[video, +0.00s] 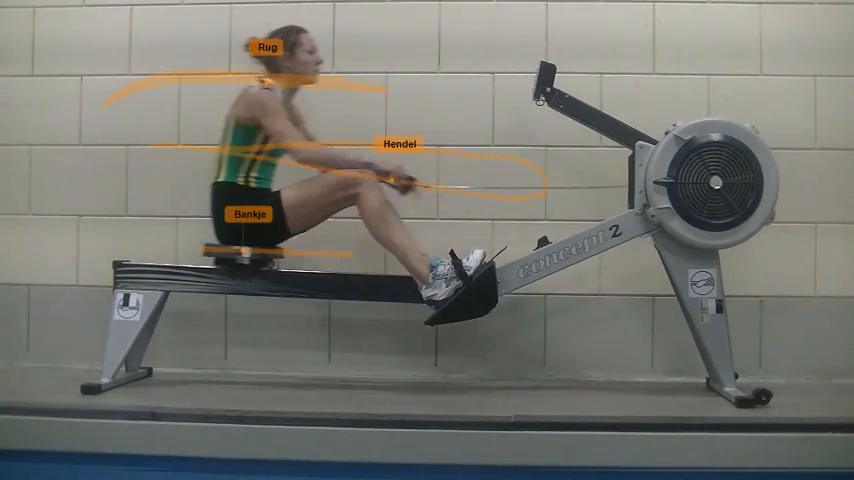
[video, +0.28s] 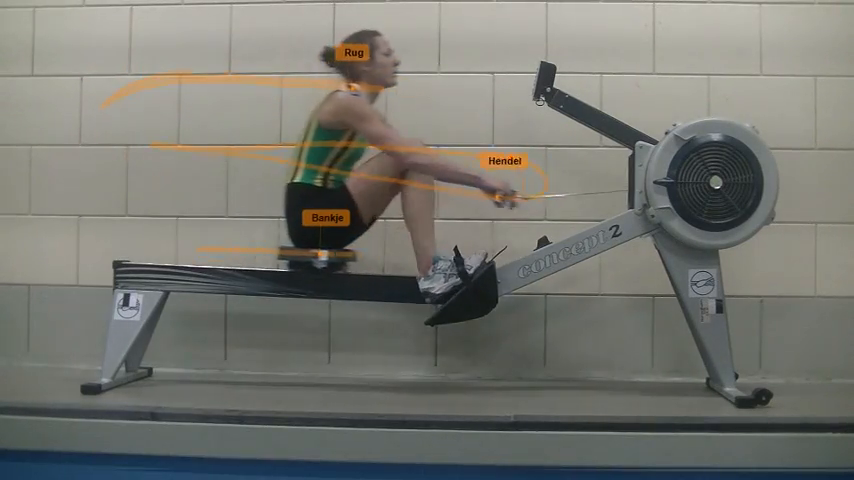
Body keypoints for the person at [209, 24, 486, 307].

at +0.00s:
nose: (319, 59)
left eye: (317, 52)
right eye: (310, 52)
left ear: (289, 61)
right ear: (285, 59)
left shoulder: (286, 106)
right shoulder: (262, 98)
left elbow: (322, 155)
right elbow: (303, 154)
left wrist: (384, 175)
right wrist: (373, 163)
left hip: (253, 214)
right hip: (238, 216)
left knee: (364, 183)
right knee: (359, 185)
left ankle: (432, 273)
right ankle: (429, 281)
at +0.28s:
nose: (397, 61)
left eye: (393, 54)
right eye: (387, 55)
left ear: (367, 66)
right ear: (362, 65)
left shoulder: (356, 104)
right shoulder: (348, 103)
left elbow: (413, 158)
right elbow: (413, 157)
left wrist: (480, 182)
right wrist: (480, 181)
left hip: (319, 216)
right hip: (312, 217)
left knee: (411, 160)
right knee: (410, 163)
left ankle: (432, 267)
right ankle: (429, 274)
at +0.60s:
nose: (409, 57)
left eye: (404, 50)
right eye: (399, 52)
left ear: (380, 67)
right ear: (377, 65)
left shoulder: (372, 99)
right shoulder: (368, 100)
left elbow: (442, 137)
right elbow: (441, 141)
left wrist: (508, 154)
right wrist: (509, 157)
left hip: (331, 213)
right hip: (327, 216)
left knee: (426, 154)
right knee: (429, 158)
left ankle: (434, 262)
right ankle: (430, 274)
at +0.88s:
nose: (285, 52)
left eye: (282, 44)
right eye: (274, 45)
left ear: (255, 56)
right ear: (248, 55)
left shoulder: (253, 100)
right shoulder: (238, 94)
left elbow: (317, 145)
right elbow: (306, 127)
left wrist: (381, 153)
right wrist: (379, 135)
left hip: (236, 210)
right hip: (225, 213)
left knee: (353, 192)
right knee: (349, 193)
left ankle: (429, 275)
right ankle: (429, 278)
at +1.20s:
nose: (174, 76)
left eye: (173, 69)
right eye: (167, 69)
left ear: (154, 73)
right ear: (140, 72)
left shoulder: (151, 119)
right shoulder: (120, 111)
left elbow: (180, 180)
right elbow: (125, 164)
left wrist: (223, 165)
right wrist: (186, 148)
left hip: (199, 210)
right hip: (185, 213)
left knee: (312, 234)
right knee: (305, 239)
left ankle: (429, 277)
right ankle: (426, 281)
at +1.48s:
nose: (191, 71)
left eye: (191, 63)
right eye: (184, 64)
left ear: (167, 70)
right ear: (157, 68)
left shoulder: (160, 114)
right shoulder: (132, 110)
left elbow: (168, 162)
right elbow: (99, 161)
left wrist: (202, 155)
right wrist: (157, 140)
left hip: (200, 213)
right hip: (185, 216)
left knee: (314, 230)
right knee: (309, 233)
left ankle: (430, 276)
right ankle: (429, 281)